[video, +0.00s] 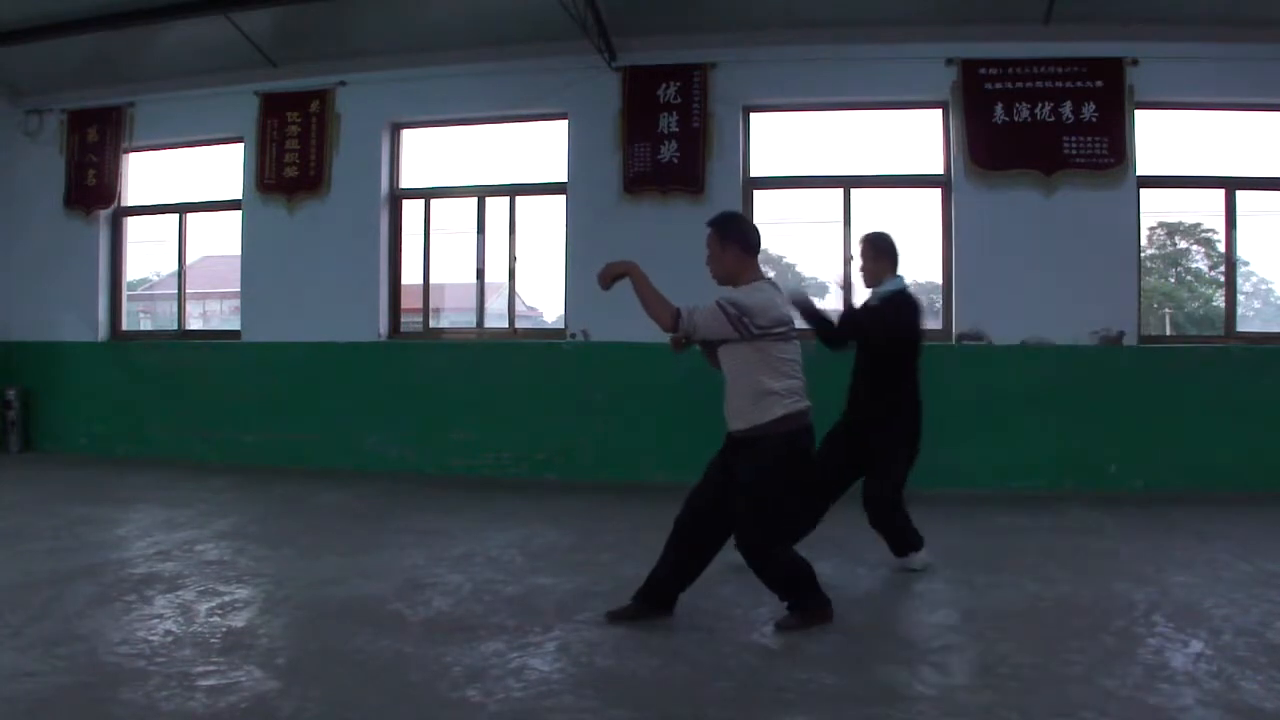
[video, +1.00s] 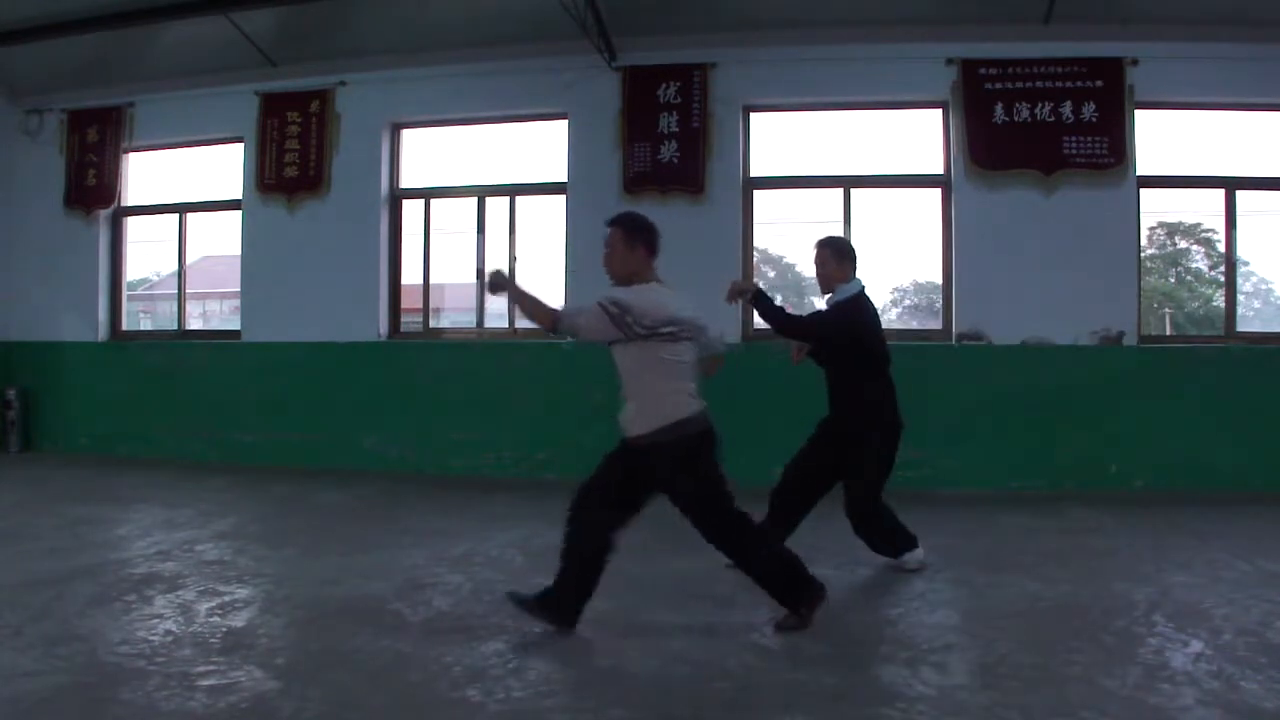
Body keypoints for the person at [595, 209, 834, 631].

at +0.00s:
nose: (708, 262)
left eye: (712, 252)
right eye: (708, 253)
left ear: (735, 251)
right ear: (742, 252)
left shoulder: (752, 302)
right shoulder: (764, 298)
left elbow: (673, 321)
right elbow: (734, 361)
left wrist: (632, 272)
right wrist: (695, 340)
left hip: (777, 441)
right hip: (748, 439)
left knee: (756, 537)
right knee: (698, 523)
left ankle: (812, 605)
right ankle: (654, 601)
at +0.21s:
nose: (709, 266)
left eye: (712, 255)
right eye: (708, 256)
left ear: (736, 251)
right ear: (743, 252)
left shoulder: (754, 302)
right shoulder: (763, 298)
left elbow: (672, 321)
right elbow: (736, 360)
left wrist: (629, 275)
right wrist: (695, 340)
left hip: (778, 439)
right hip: (750, 438)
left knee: (756, 536)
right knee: (699, 522)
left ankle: (812, 604)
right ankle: (654, 601)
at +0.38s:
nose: (706, 269)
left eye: (709, 257)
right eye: (705, 259)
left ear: (737, 252)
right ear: (739, 254)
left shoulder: (756, 303)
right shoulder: (754, 301)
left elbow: (673, 328)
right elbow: (731, 364)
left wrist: (626, 280)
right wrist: (688, 339)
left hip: (782, 440)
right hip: (750, 440)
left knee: (756, 535)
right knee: (700, 525)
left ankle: (812, 604)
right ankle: (654, 601)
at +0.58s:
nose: (696, 268)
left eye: (699, 256)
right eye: (695, 258)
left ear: (726, 252)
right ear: (730, 253)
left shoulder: (745, 300)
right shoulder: (751, 298)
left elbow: (662, 327)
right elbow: (736, 368)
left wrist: (617, 280)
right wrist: (690, 358)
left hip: (779, 438)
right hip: (747, 438)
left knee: (756, 533)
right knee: (700, 523)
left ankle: (812, 604)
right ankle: (655, 600)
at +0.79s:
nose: (667, 263)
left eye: (673, 252)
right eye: (667, 253)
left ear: (702, 254)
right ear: (703, 256)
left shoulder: (715, 305)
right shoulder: (732, 300)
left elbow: (631, 328)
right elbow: (740, 366)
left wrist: (587, 282)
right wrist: (694, 396)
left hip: (751, 442)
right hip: (720, 440)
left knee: (747, 542)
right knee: (668, 513)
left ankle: (811, 602)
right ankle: (625, 594)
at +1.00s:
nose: (604, 257)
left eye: (611, 248)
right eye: (606, 248)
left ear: (639, 252)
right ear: (641, 254)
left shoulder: (629, 304)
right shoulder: (675, 303)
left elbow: (559, 322)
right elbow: (715, 353)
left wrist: (512, 291)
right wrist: (675, 381)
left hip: (656, 440)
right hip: (688, 433)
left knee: (593, 515)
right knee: (723, 523)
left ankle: (563, 605)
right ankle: (803, 593)